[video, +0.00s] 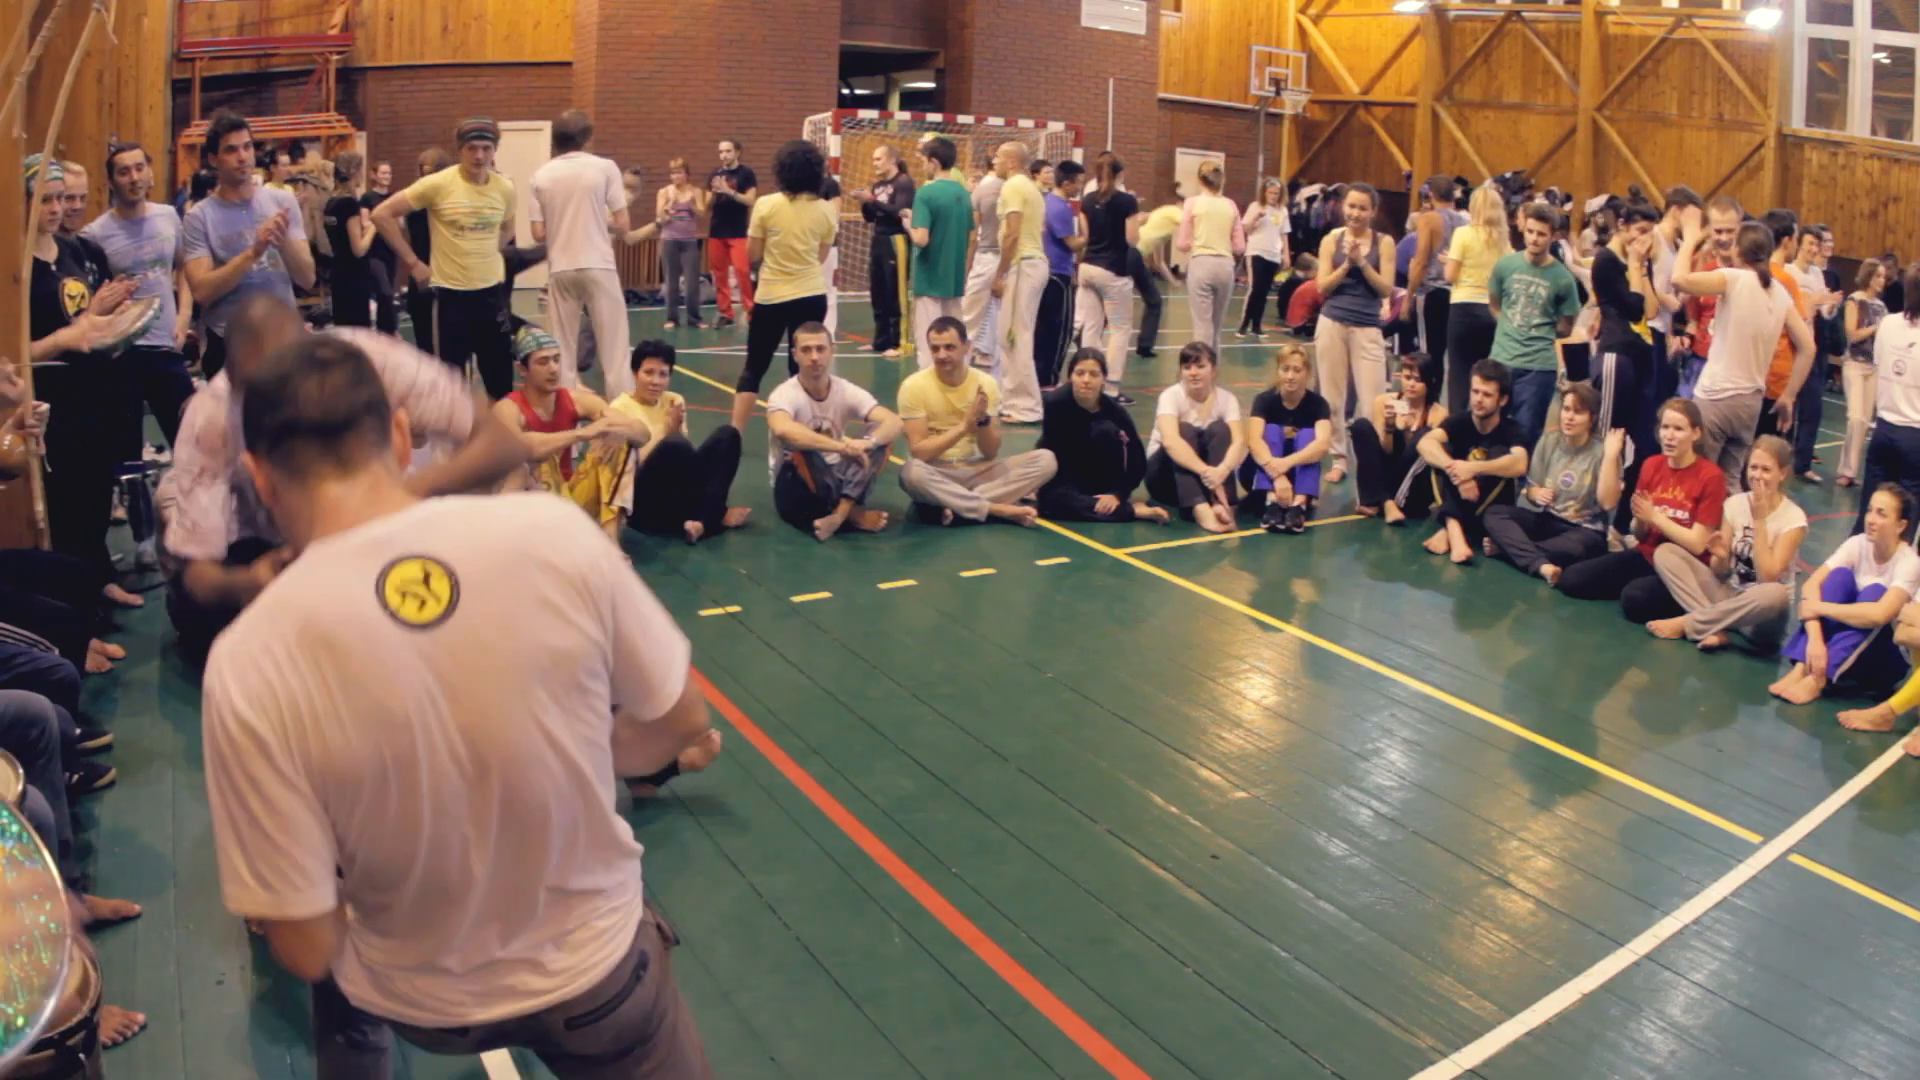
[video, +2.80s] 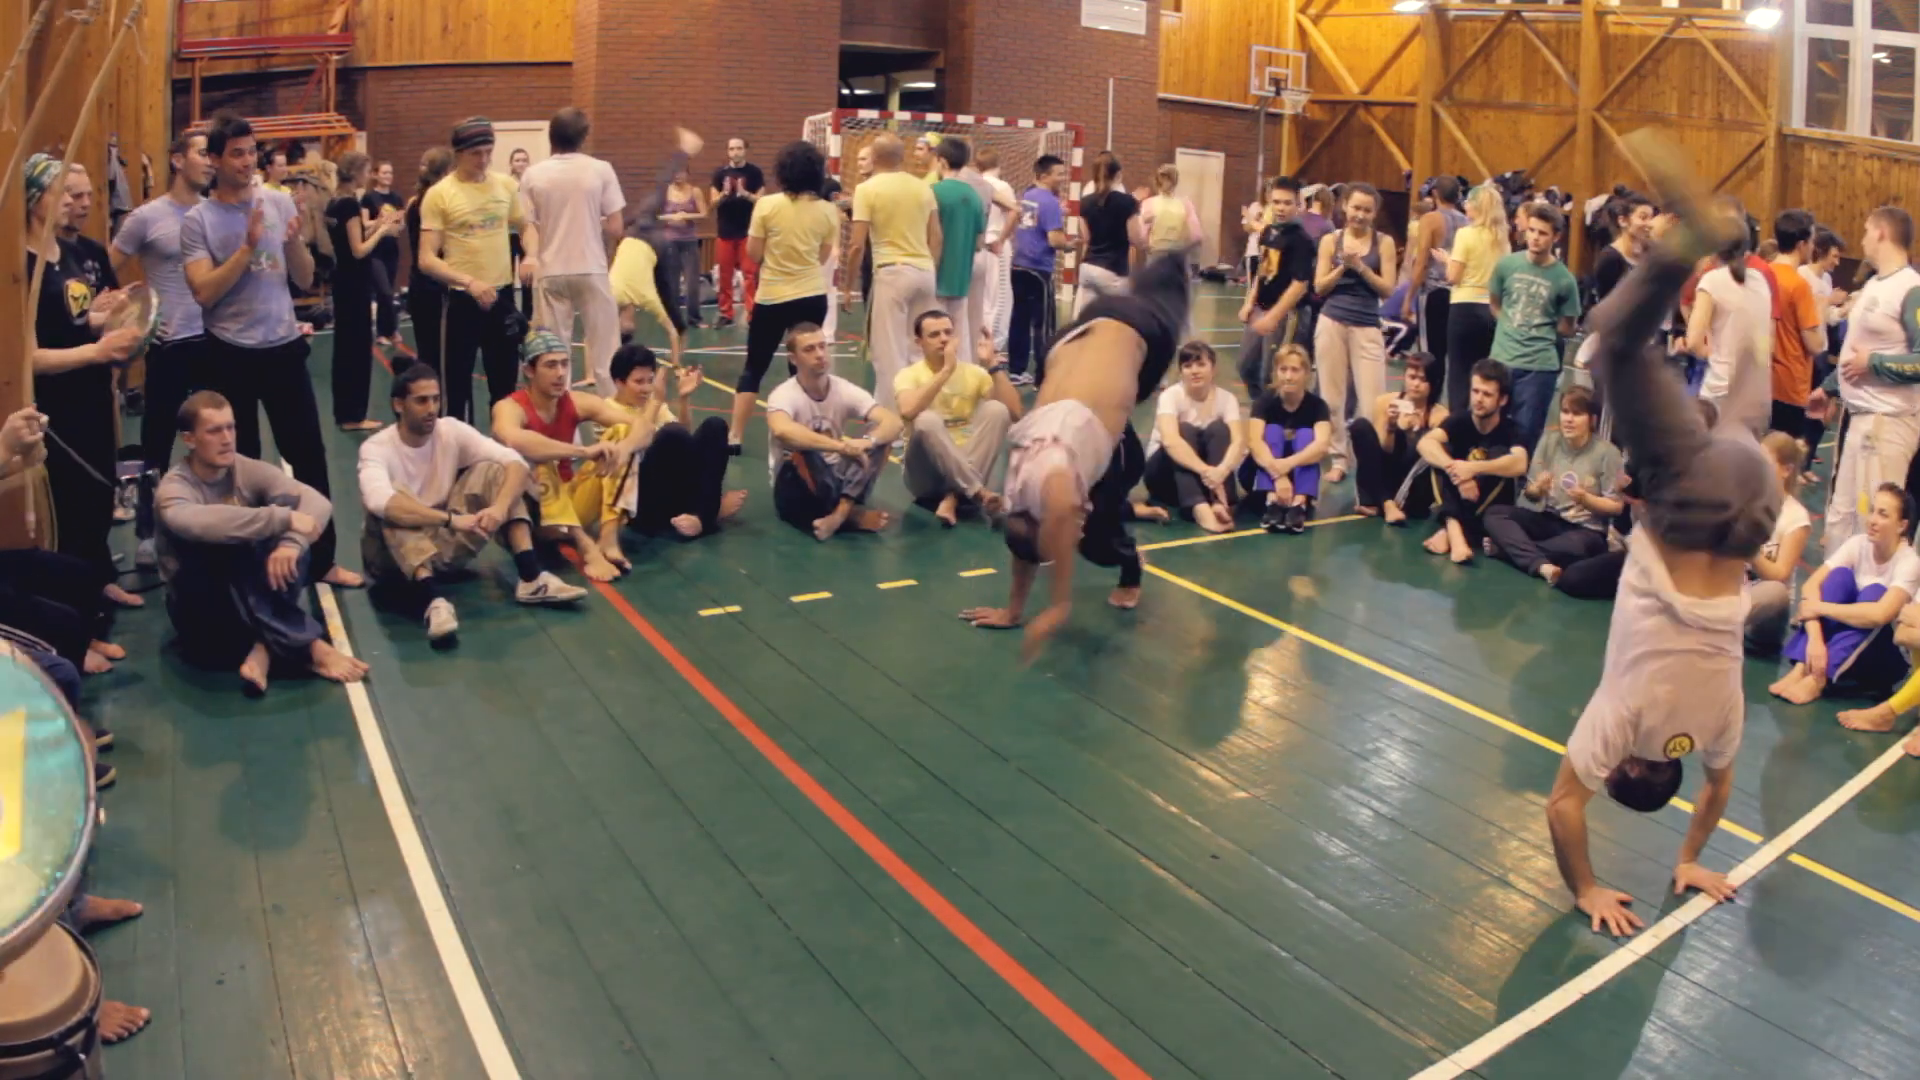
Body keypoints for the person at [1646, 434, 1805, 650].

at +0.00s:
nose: (1757, 475)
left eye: (1766, 470)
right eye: (1753, 468)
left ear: (1783, 474)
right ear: (1746, 469)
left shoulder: (1793, 518)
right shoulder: (1734, 504)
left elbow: (1769, 574)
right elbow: (1719, 571)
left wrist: (1760, 521)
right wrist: (1721, 556)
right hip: (1725, 595)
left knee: (1774, 594)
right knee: (1665, 552)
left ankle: (1686, 624)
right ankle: (1711, 629)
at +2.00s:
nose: (1757, 471)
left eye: (1766, 466)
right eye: (1756, 463)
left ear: (1787, 472)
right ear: (1751, 463)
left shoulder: (1796, 518)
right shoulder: (1738, 499)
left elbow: (1775, 575)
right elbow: (1719, 567)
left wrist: (1742, 542)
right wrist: (1734, 546)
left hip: (1760, 605)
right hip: (1726, 592)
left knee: (1774, 594)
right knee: (1665, 552)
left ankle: (1686, 624)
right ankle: (1711, 629)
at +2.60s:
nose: (1757, 469)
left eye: (1766, 464)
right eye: (1756, 462)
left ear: (1787, 471)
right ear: (1753, 461)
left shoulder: (1797, 516)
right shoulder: (1739, 499)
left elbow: (1777, 574)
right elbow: (1720, 566)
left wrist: (1741, 538)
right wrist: (1730, 539)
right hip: (1728, 590)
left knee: (1774, 592)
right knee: (1685, 566)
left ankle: (1695, 622)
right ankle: (1709, 631)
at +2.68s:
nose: (1757, 469)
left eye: (1766, 464)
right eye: (1757, 462)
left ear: (1786, 471)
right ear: (1752, 461)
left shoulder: (1797, 517)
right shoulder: (1740, 499)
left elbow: (1777, 574)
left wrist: (1740, 538)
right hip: (1725, 581)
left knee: (1773, 592)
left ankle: (1706, 618)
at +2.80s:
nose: (1759, 471)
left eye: (1766, 465)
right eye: (1758, 463)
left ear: (1786, 471)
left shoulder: (1796, 515)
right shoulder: (1743, 499)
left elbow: (1780, 573)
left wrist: (1747, 549)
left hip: (1759, 584)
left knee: (1774, 591)